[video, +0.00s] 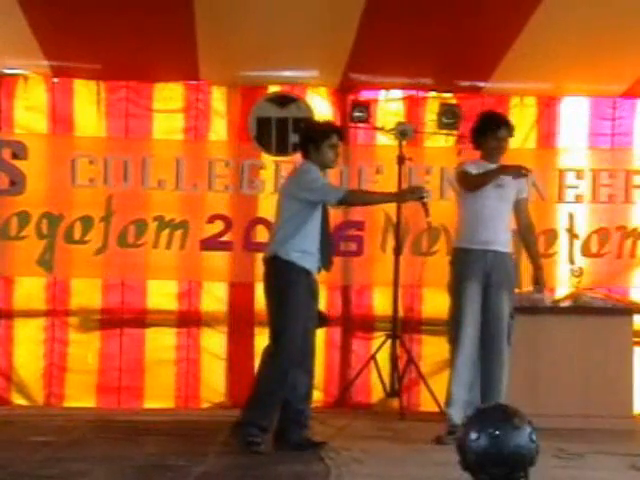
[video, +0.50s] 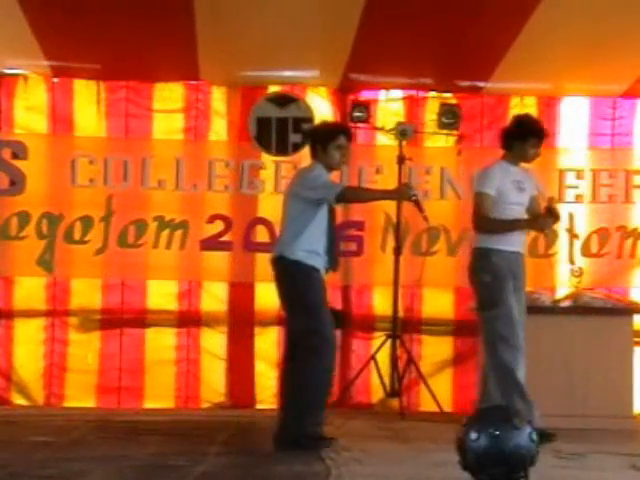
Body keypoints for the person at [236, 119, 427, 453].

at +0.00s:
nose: (337, 154)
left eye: (338, 148)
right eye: (332, 148)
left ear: (324, 151)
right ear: (313, 148)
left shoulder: (312, 179)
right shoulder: (305, 176)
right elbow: (346, 197)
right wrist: (399, 196)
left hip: (300, 271)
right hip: (286, 268)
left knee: (302, 354)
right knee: (286, 350)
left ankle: (294, 432)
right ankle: (254, 428)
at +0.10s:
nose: (339, 155)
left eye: (340, 149)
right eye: (333, 149)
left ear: (323, 152)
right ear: (315, 149)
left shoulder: (312, 179)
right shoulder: (306, 177)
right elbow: (348, 196)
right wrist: (400, 195)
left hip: (301, 270)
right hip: (288, 268)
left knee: (302, 352)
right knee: (289, 349)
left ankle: (293, 432)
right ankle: (254, 427)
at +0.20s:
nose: (339, 155)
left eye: (340, 149)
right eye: (334, 148)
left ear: (329, 153)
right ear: (317, 149)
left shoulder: (313, 179)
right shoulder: (307, 177)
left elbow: (349, 196)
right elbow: (350, 195)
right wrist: (399, 194)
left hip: (301, 269)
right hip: (289, 268)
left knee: (302, 351)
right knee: (294, 350)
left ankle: (293, 431)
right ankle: (256, 423)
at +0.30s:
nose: (340, 155)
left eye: (341, 149)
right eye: (335, 148)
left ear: (326, 152)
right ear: (318, 149)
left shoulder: (311, 178)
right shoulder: (308, 177)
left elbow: (349, 196)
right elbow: (348, 194)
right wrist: (398, 194)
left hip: (299, 267)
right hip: (292, 267)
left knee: (303, 349)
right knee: (304, 348)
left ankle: (295, 427)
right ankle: (269, 417)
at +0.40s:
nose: (341, 155)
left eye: (342, 149)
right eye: (337, 148)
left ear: (327, 151)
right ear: (319, 149)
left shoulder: (312, 178)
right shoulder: (309, 176)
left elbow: (350, 196)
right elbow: (347, 194)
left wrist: (393, 192)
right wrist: (395, 193)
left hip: (299, 266)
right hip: (294, 265)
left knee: (304, 341)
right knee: (312, 341)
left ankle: (288, 420)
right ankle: (289, 426)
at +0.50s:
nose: (344, 155)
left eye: (346, 149)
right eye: (338, 148)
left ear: (340, 152)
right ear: (320, 149)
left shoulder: (316, 178)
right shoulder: (311, 176)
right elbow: (347, 195)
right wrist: (394, 194)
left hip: (303, 267)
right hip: (297, 266)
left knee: (307, 343)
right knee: (319, 342)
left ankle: (296, 429)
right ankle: (302, 431)